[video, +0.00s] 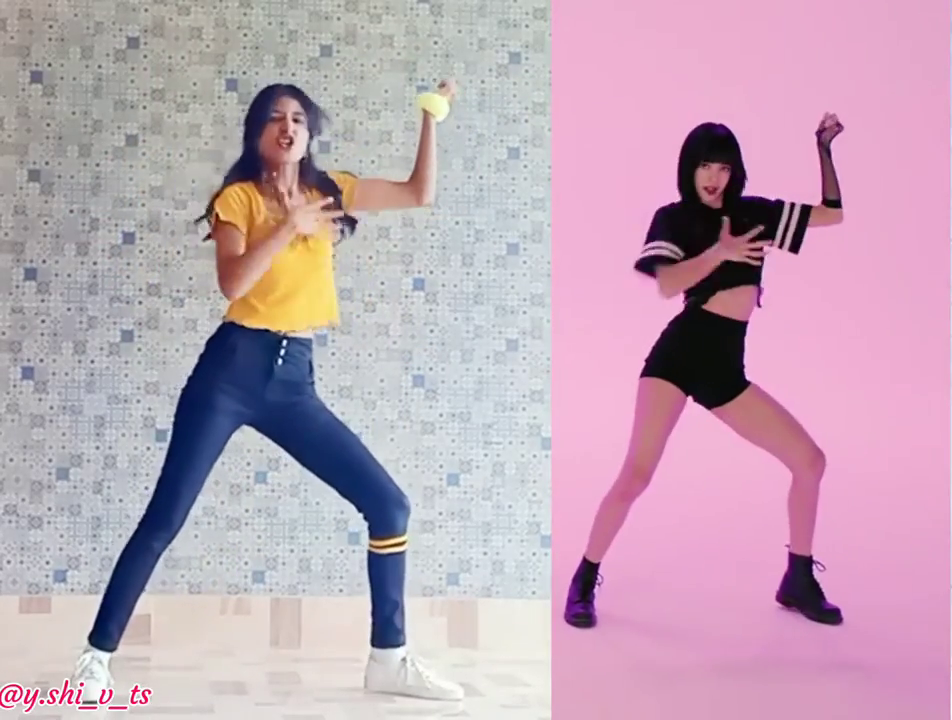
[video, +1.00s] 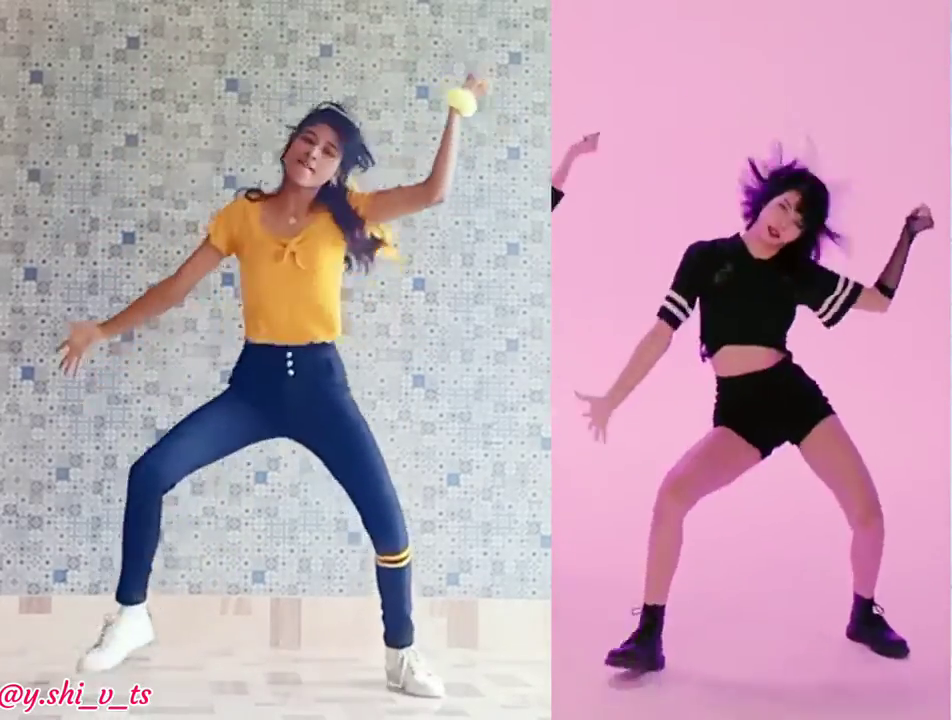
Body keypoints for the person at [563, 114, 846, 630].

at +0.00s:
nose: (713, 178)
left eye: (722, 168)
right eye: (703, 168)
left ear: (735, 170)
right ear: (688, 170)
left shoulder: (753, 213)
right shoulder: (674, 218)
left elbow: (832, 213)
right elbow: (667, 283)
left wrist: (824, 148)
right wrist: (722, 252)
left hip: (724, 367)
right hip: (677, 356)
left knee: (809, 461)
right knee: (635, 477)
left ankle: (798, 579)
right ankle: (584, 581)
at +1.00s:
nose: (785, 221)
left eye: (799, 220)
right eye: (783, 206)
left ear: (804, 233)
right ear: (763, 200)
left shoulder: (795, 275)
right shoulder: (706, 258)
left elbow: (879, 300)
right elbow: (661, 334)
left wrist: (908, 234)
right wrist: (612, 398)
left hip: (796, 401)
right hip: (740, 414)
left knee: (867, 512)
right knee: (672, 497)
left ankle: (864, 615)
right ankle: (648, 635)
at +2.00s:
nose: (789, 75)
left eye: (797, 67)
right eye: (773, 68)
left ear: (811, 87)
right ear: (751, 90)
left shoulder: (823, 172)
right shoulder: (722, 169)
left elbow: (857, 273)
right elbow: (672, 269)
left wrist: (929, 320)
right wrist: (621, 351)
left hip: (805, 334)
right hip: (741, 337)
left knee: (864, 480)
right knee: (691, 497)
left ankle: (877, 614)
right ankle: (640, 606)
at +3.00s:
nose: (739, 123)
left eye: (748, 106)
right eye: (722, 116)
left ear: (773, 108)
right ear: (710, 134)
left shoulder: (817, 172)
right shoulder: (727, 207)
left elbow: (826, 256)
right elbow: (659, 312)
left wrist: (840, 327)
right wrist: (574, 393)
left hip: (779, 370)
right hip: (722, 362)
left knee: (864, 507)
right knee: (680, 527)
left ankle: (820, 643)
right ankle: (599, 659)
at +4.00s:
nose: (786, 74)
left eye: (801, 66)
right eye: (791, 63)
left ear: (835, 85)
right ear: (835, 89)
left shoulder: (781, 152)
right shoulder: (843, 160)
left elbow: (707, 229)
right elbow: (742, 203)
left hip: (767, 338)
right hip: (818, 335)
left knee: (711, 505)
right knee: (810, 495)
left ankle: (687, 661)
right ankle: (832, 644)